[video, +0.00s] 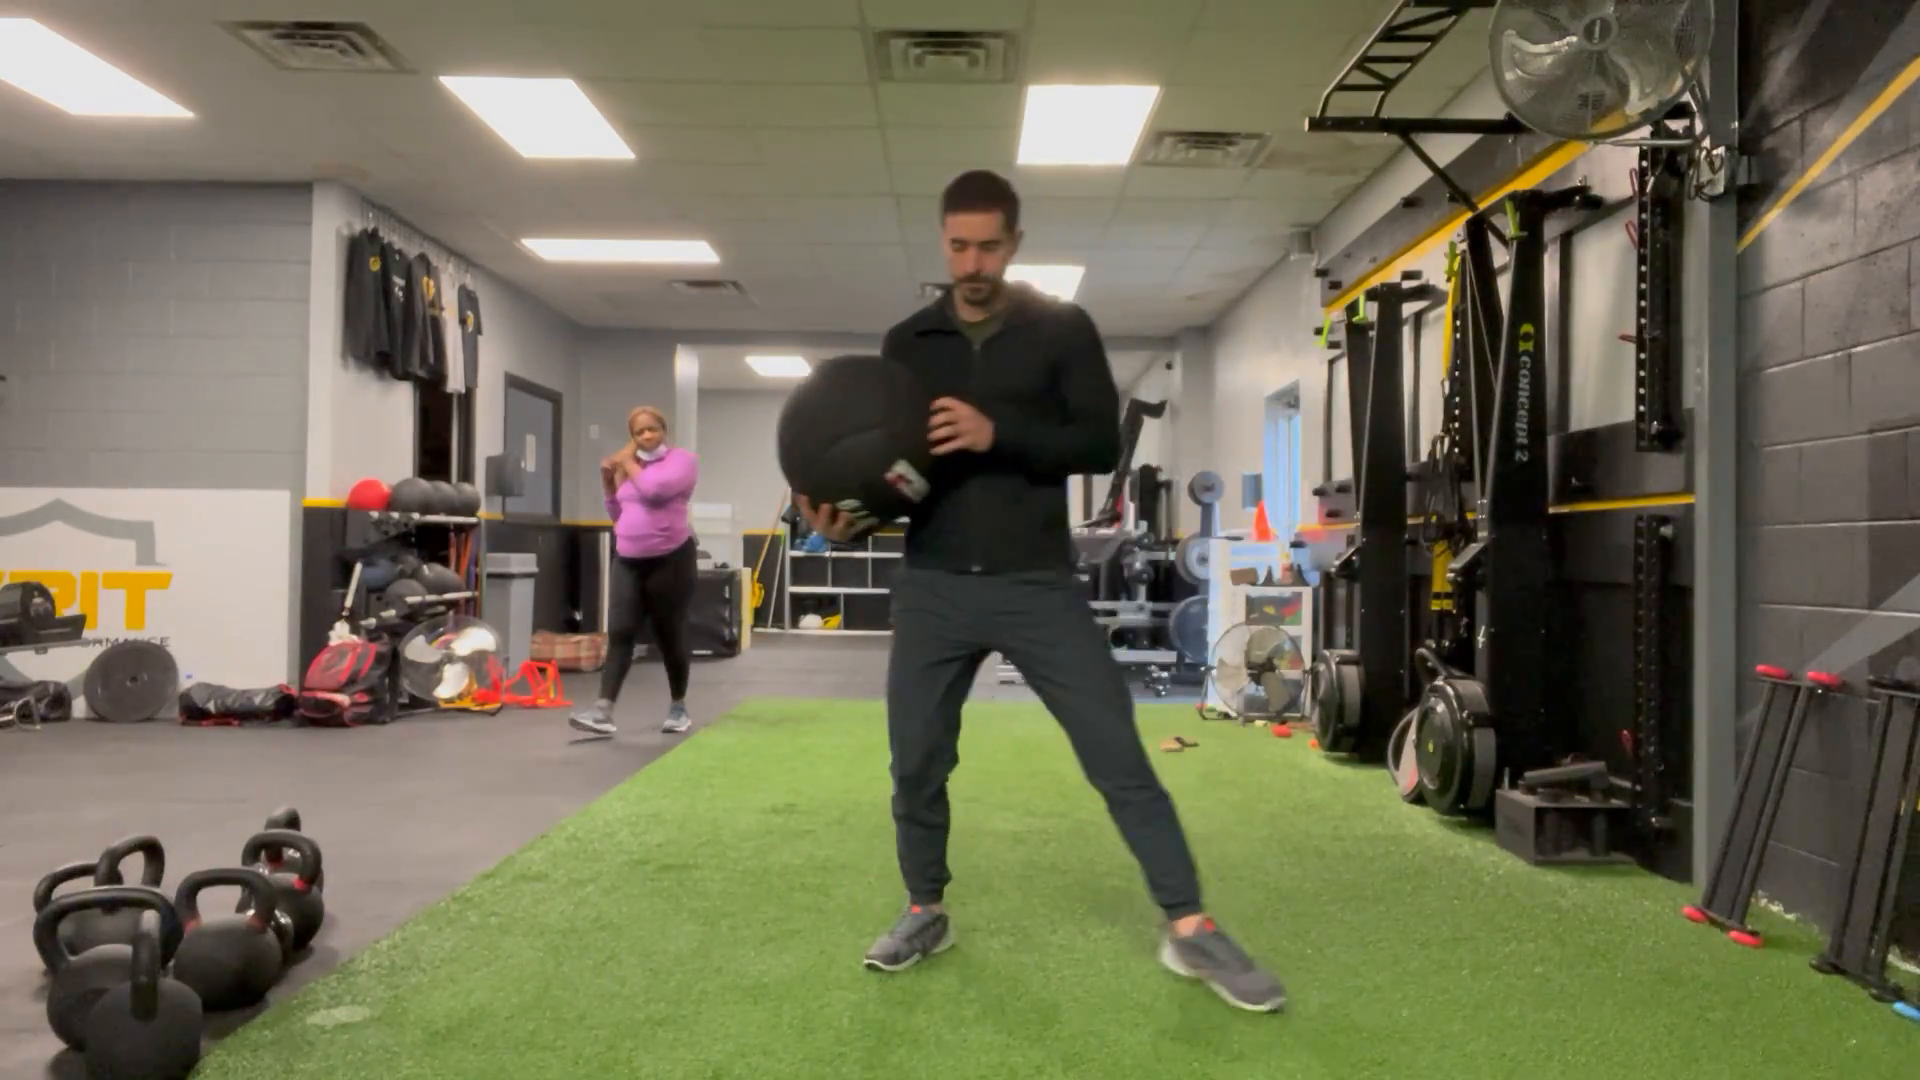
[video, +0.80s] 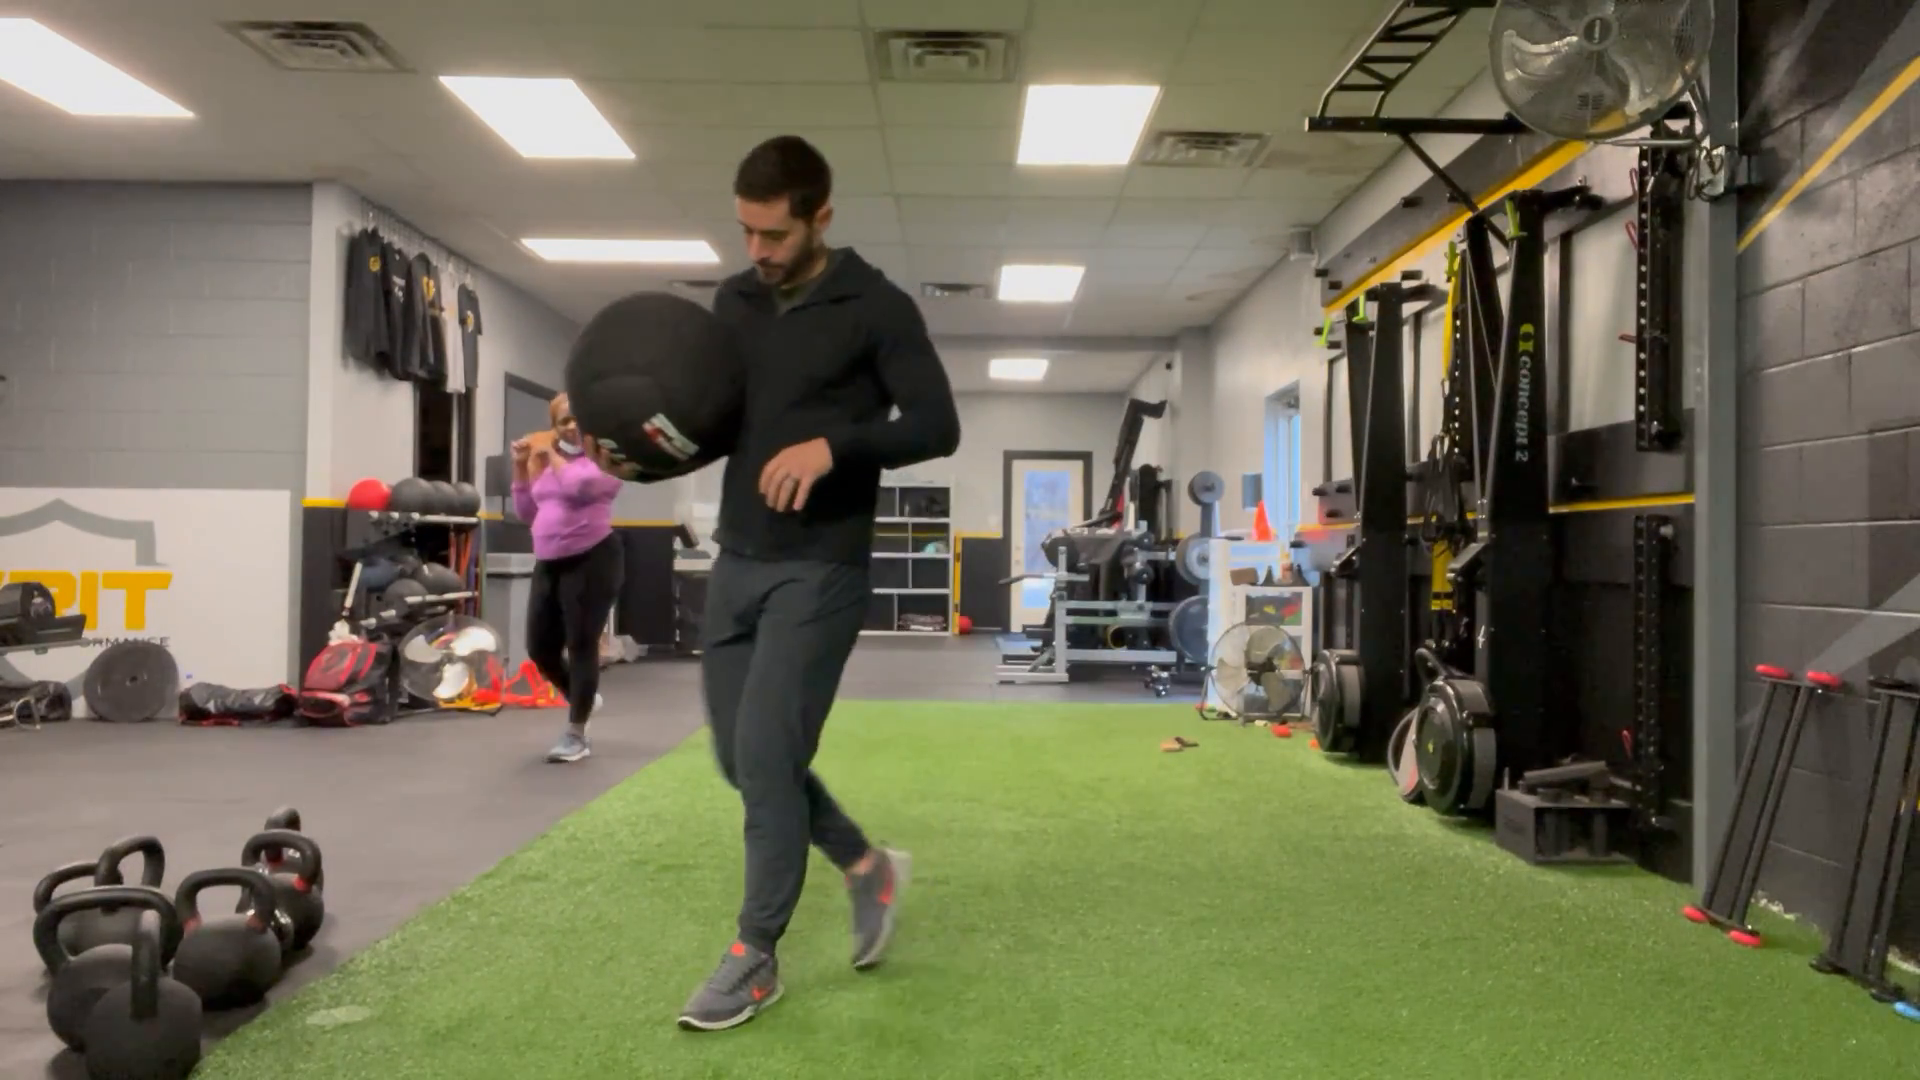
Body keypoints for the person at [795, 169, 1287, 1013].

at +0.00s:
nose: (973, 262)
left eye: (989, 247)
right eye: (960, 246)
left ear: (1015, 246)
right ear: (942, 245)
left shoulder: (1063, 330)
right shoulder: (908, 343)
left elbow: (1102, 446)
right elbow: (880, 459)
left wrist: (996, 433)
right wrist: (835, 506)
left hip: (1039, 588)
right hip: (932, 589)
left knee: (1120, 760)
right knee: (915, 764)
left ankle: (1188, 924)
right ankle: (924, 911)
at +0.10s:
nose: (933, 262)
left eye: (950, 245)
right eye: (922, 244)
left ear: (984, 239)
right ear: (909, 241)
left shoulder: (1038, 327)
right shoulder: (889, 336)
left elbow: (1071, 440)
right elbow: (869, 460)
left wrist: (961, 430)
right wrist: (815, 504)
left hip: (1008, 579)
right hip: (910, 578)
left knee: (1061, 748)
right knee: (909, 757)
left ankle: (1110, 921)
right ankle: (923, 909)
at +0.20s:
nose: (904, 259)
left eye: (920, 243)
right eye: (893, 242)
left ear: (958, 235)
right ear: (882, 235)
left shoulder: (1012, 320)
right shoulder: (869, 331)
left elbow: (1054, 430)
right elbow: (847, 452)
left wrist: (942, 425)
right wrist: (791, 493)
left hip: (984, 568)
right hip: (892, 570)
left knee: (981, 743)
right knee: (904, 752)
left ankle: (1008, 928)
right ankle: (924, 910)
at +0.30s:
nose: (877, 259)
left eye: (893, 243)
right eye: (867, 242)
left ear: (935, 234)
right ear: (860, 235)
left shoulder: (991, 316)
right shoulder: (853, 327)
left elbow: (1041, 426)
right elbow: (828, 443)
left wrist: (929, 428)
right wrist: (770, 486)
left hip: (962, 564)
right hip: (873, 565)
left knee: (910, 733)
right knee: (890, 740)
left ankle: (897, 922)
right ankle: (923, 901)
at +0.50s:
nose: (832, 266)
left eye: (847, 250)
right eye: (822, 249)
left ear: (893, 235)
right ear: (817, 239)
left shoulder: (952, 319)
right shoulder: (816, 329)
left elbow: (1010, 429)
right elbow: (790, 457)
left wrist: (903, 447)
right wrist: (724, 482)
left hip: (908, 576)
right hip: (829, 572)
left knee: (830, 741)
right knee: (876, 745)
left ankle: (766, 941)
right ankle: (926, 907)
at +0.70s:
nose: (783, 258)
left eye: (800, 242)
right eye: (773, 240)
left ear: (845, 226)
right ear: (766, 226)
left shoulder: (900, 312)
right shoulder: (761, 314)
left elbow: (959, 430)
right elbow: (729, 431)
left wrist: (859, 451)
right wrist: (659, 460)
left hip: (848, 571)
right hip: (770, 568)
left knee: (783, 743)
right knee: (816, 744)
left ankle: (757, 949)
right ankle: (910, 884)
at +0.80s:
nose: (756, 252)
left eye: (772, 236)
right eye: (747, 235)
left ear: (821, 216)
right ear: (740, 219)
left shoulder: (877, 304)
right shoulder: (738, 300)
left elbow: (937, 425)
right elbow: (714, 422)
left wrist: (837, 443)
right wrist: (635, 444)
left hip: (822, 567)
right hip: (738, 561)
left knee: (771, 749)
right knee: (741, 754)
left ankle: (756, 951)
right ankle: (867, 865)